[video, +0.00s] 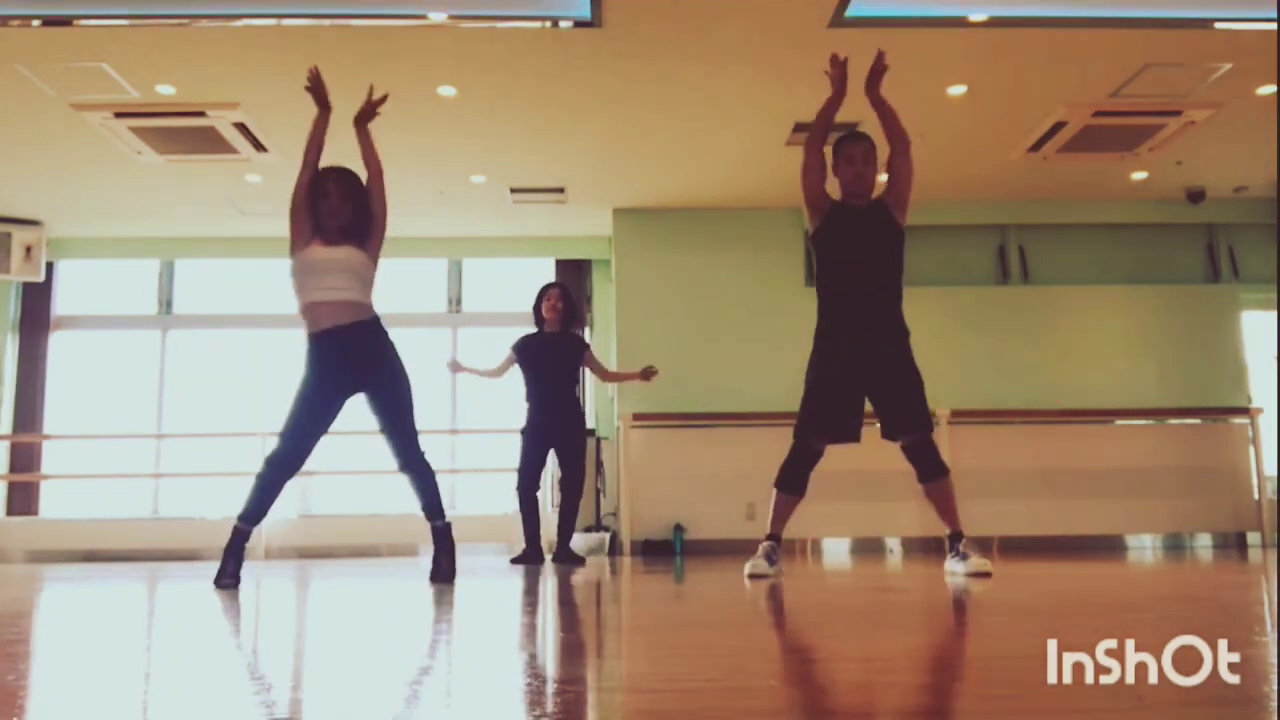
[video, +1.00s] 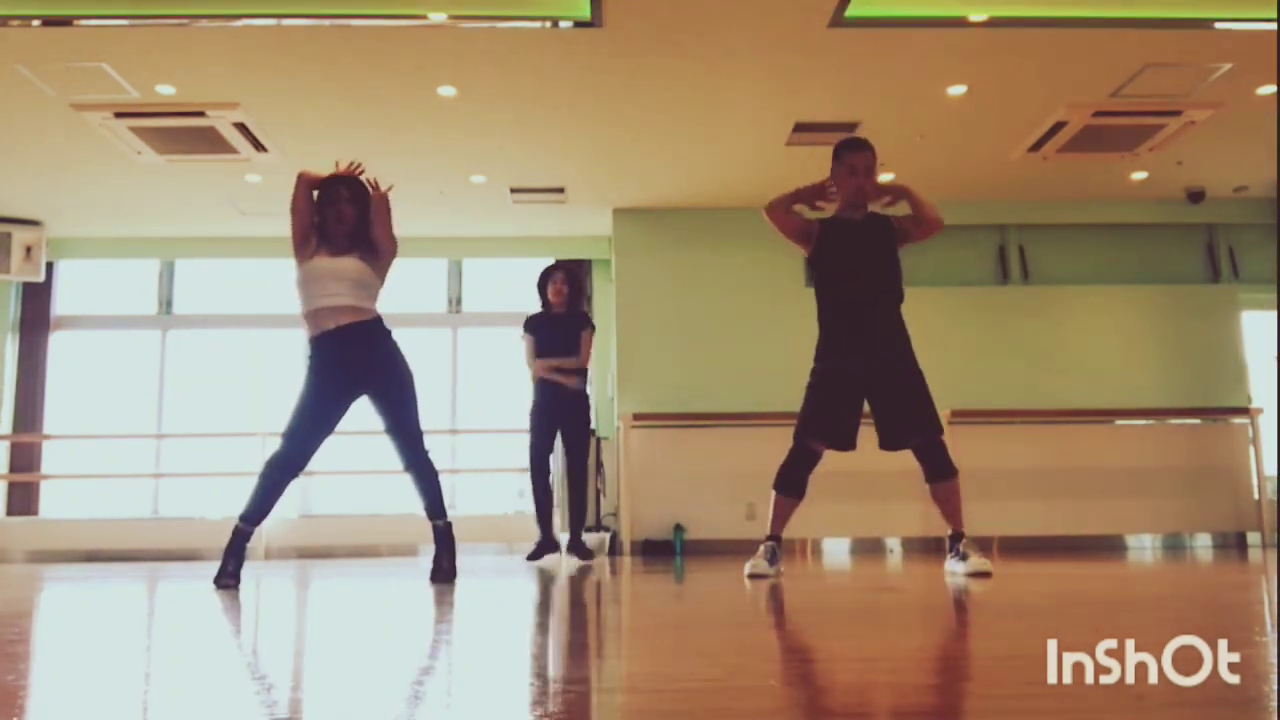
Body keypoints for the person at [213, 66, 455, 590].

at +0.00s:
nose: (332, 205)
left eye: (340, 198)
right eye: (325, 198)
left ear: (355, 205)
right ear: (314, 204)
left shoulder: (367, 242)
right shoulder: (303, 238)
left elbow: (375, 184)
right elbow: (307, 174)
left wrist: (362, 126)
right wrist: (323, 111)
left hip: (375, 353)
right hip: (327, 359)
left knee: (409, 455)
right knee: (285, 460)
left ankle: (443, 541)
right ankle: (235, 546)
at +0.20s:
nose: (338, 204)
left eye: (347, 197)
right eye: (330, 197)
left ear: (361, 206)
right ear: (316, 206)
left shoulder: (369, 247)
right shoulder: (306, 243)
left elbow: (383, 182)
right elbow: (308, 178)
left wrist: (358, 149)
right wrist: (338, 132)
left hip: (377, 353)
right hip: (328, 360)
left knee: (412, 455)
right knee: (284, 460)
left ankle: (442, 543)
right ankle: (236, 546)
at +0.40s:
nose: (338, 209)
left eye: (347, 203)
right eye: (332, 201)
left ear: (362, 212)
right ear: (320, 208)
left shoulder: (372, 251)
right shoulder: (306, 245)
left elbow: (395, 190)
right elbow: (305, 175)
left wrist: (369, 165)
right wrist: (345, 151)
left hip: (379, 356)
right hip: (330, 365)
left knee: (414, 453)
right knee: (289, 460)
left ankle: (444, 540)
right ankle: (237, 544)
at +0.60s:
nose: (342, 212)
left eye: (350, 205)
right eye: (334, 204)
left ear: (363, 213)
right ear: (320, 211)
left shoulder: (374, 254)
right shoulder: (307, 248)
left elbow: (399, 193)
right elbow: (299, 180)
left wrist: (366, 180)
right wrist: (342, 166)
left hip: (380, 355)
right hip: (330, 364)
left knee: (414, 452)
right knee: (292, 459)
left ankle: (444, 539)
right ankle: (238, 543)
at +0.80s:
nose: (340, 211)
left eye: (349, 203)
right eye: (332, 203)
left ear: (364, 211)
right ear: (321, 211)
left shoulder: (375, 254)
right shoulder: (308, 247)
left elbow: (393, 195)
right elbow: (299, 179)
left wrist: (367, 188)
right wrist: (343, 175)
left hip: (380, 354)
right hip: (330, 362)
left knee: (413, 451)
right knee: (292, 458)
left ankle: (444, 539)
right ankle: (238, 542)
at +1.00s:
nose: (337, 211)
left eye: (346, 203)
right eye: (330, 204)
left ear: (362, 212)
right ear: (319, 212)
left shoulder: (377, 254)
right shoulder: (308, 250)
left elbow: (381, 208)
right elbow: (301, 182)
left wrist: (374, 197)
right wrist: (334, 178)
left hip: (378, 354)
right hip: (329, 361)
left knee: (412, 450)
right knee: (290, 458)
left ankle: (444, 539)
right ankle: (237, 542)